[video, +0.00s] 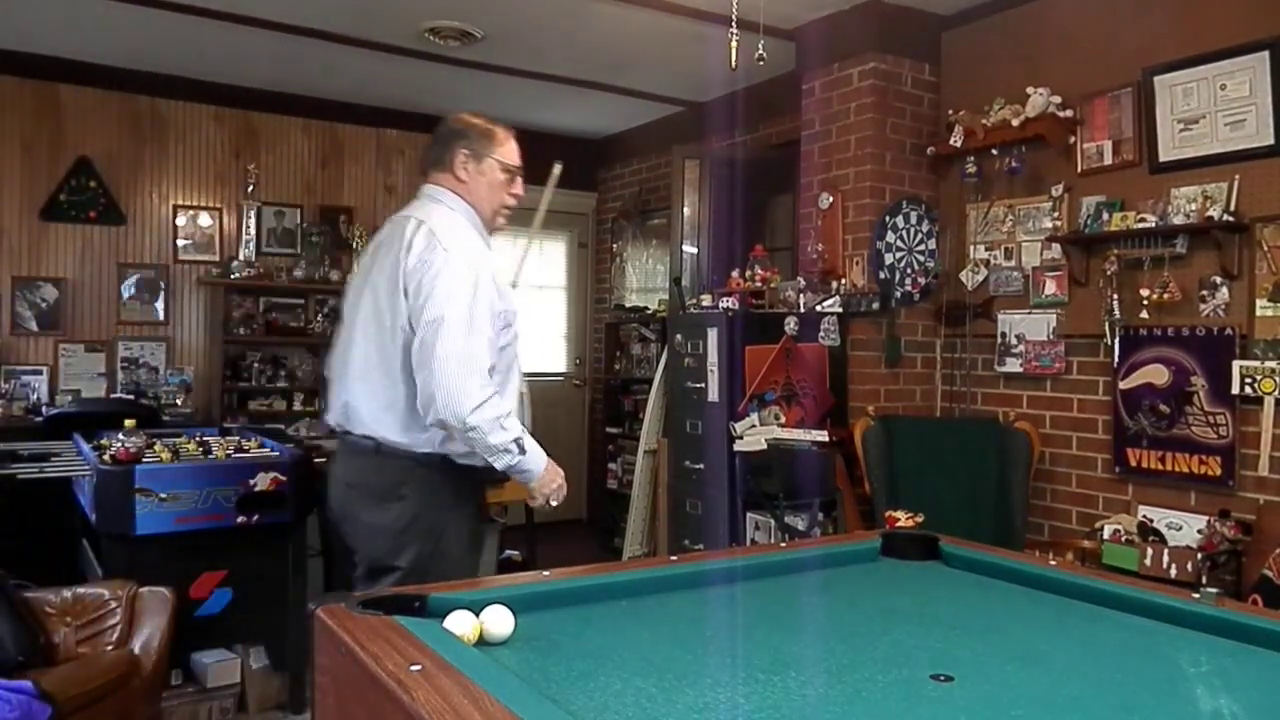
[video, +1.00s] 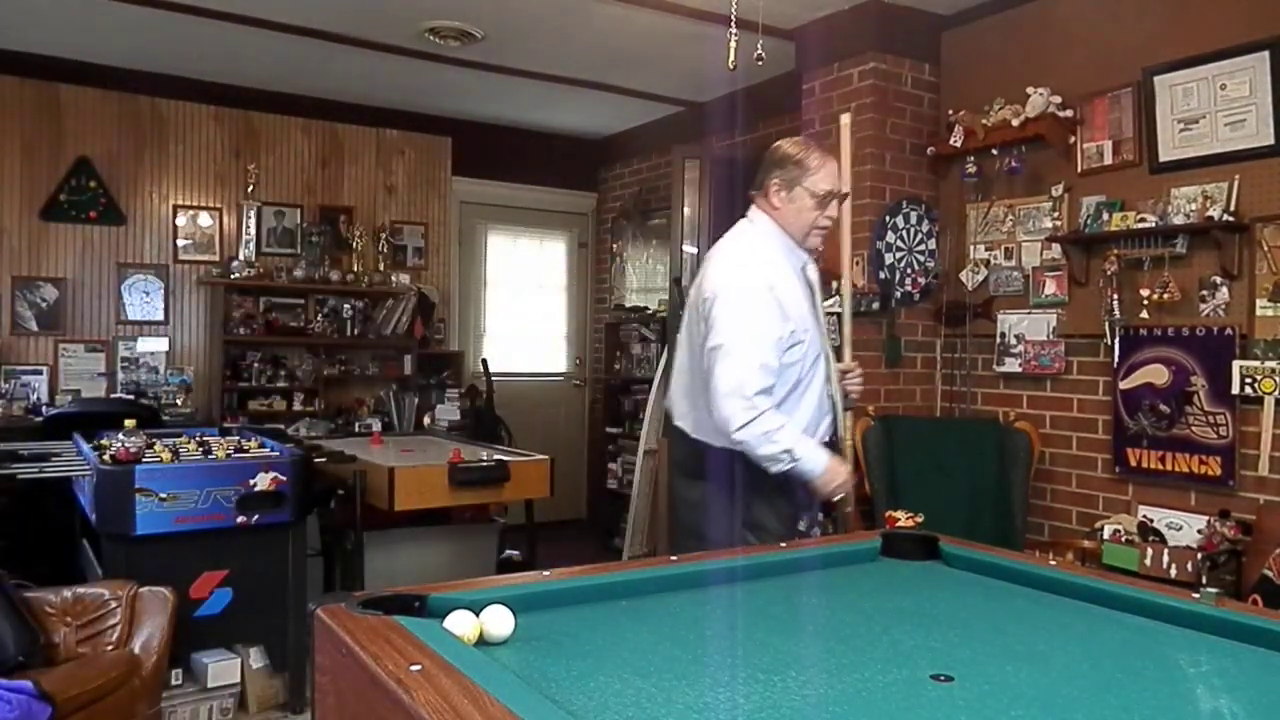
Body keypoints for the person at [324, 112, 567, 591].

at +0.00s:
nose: (520, 190)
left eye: (520, 176)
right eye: (509, 172)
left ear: (462, 168)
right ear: (463, 166)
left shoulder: (401, 229)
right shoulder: (450, 242)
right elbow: (456, 395)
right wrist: (534, 466)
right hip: (421, 486)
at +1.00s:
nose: (833, 214)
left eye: (838, 200)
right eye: (823, 199)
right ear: (777, 194)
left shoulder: (784, 257)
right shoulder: (746, 266)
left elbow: (774, 367)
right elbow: (740, 407)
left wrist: (829, 380)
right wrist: (817, 464)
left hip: (767, 461)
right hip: (731, 468)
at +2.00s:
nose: (1048, 239)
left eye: (1058, 224)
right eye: (1034, 220)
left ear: (1066, 225)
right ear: (994, 208)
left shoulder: (1051, 295)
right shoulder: (929, 281)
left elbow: (1062, 381)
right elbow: (890, 404)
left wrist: (1068, 413)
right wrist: (973, 463)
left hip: (1001, 489)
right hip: (919, 484)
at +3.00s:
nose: (1062, 188)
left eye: (1079, 172)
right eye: (1046, 176)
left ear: (1111, 178)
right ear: (1030, 188)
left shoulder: (1150, 281)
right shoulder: (984, 271)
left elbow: (1192, 373)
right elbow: (919, 380)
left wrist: (1182, 425)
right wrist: (962, 450)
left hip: (1109, 512)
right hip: (998, 507)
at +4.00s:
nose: (1034, 184)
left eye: (1050, 168)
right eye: (1028, 173)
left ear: (1095, 171)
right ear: (1023, 183)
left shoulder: (1148, 267)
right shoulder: (1004, 265)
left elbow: (1177, 399)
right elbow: (930, 334)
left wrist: (1090, 471)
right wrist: (922, 267)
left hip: (1103, 500)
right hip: (1004, 487)